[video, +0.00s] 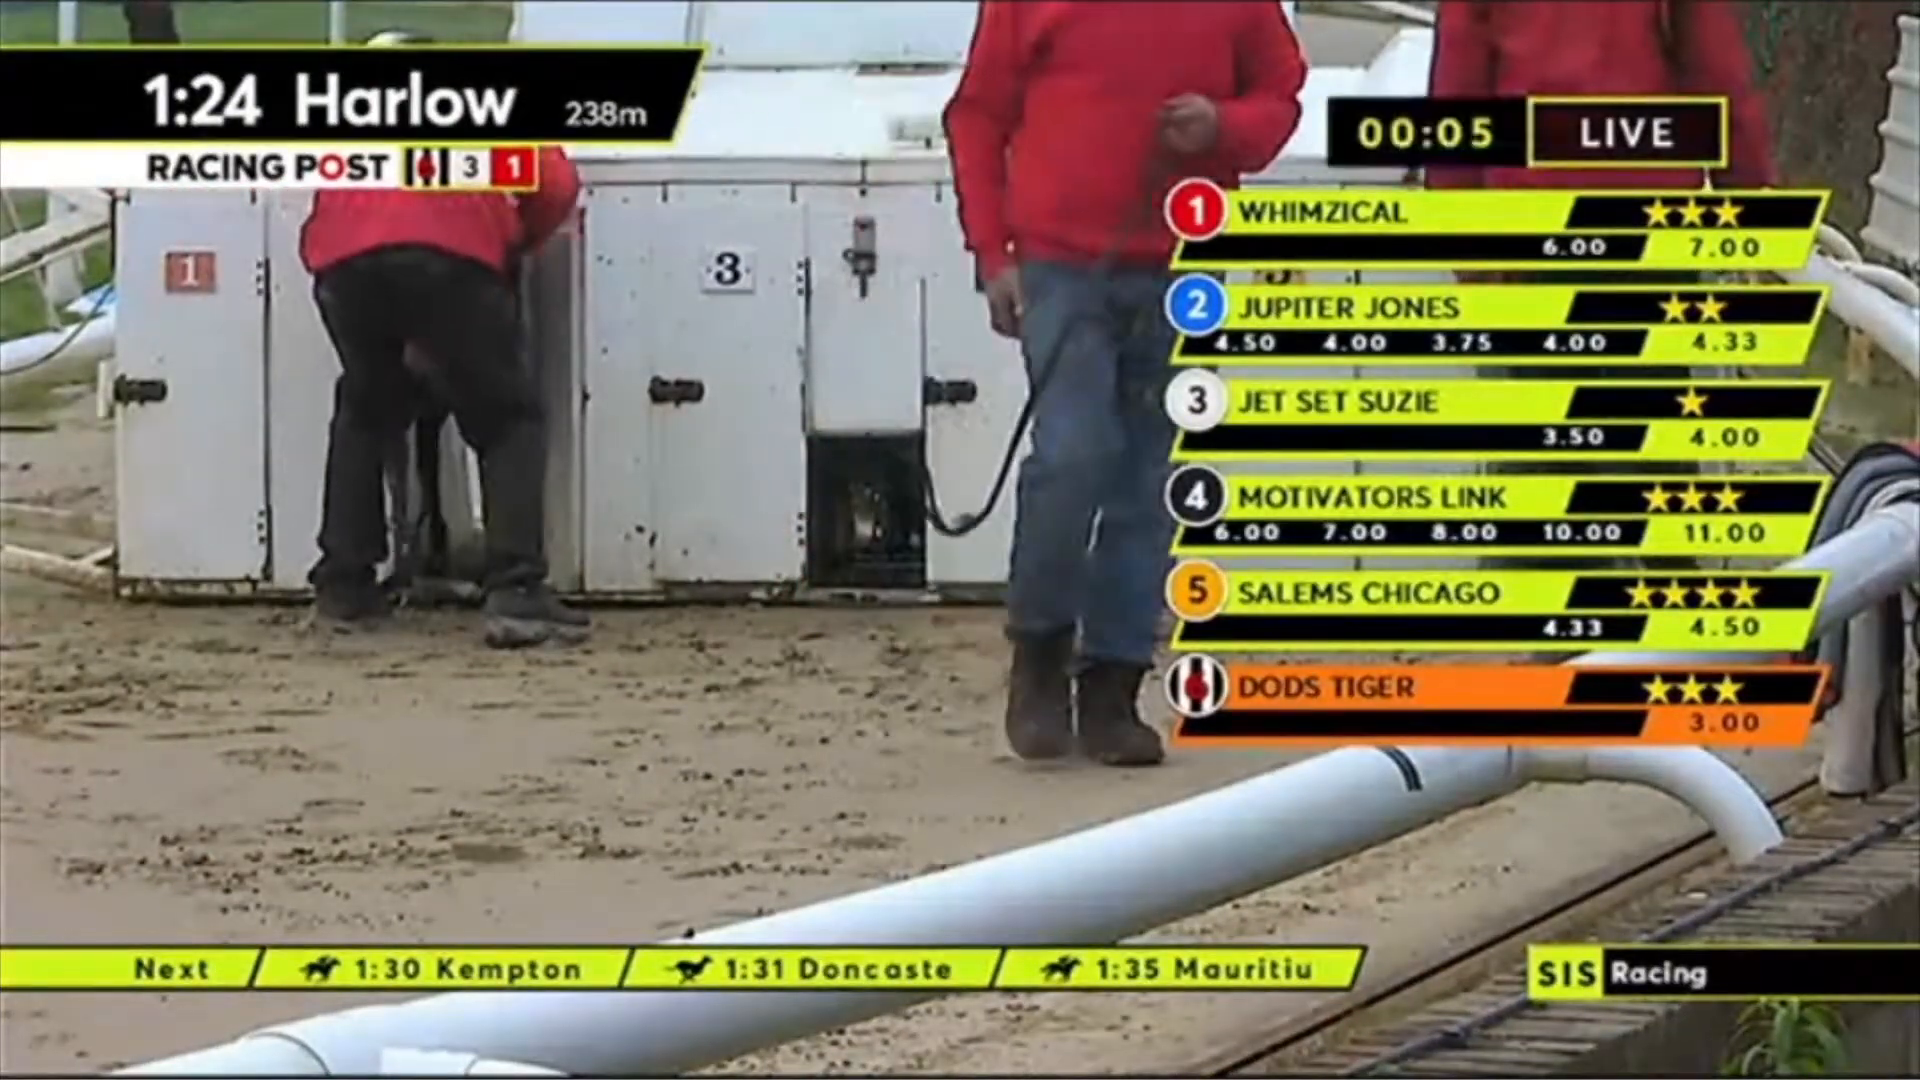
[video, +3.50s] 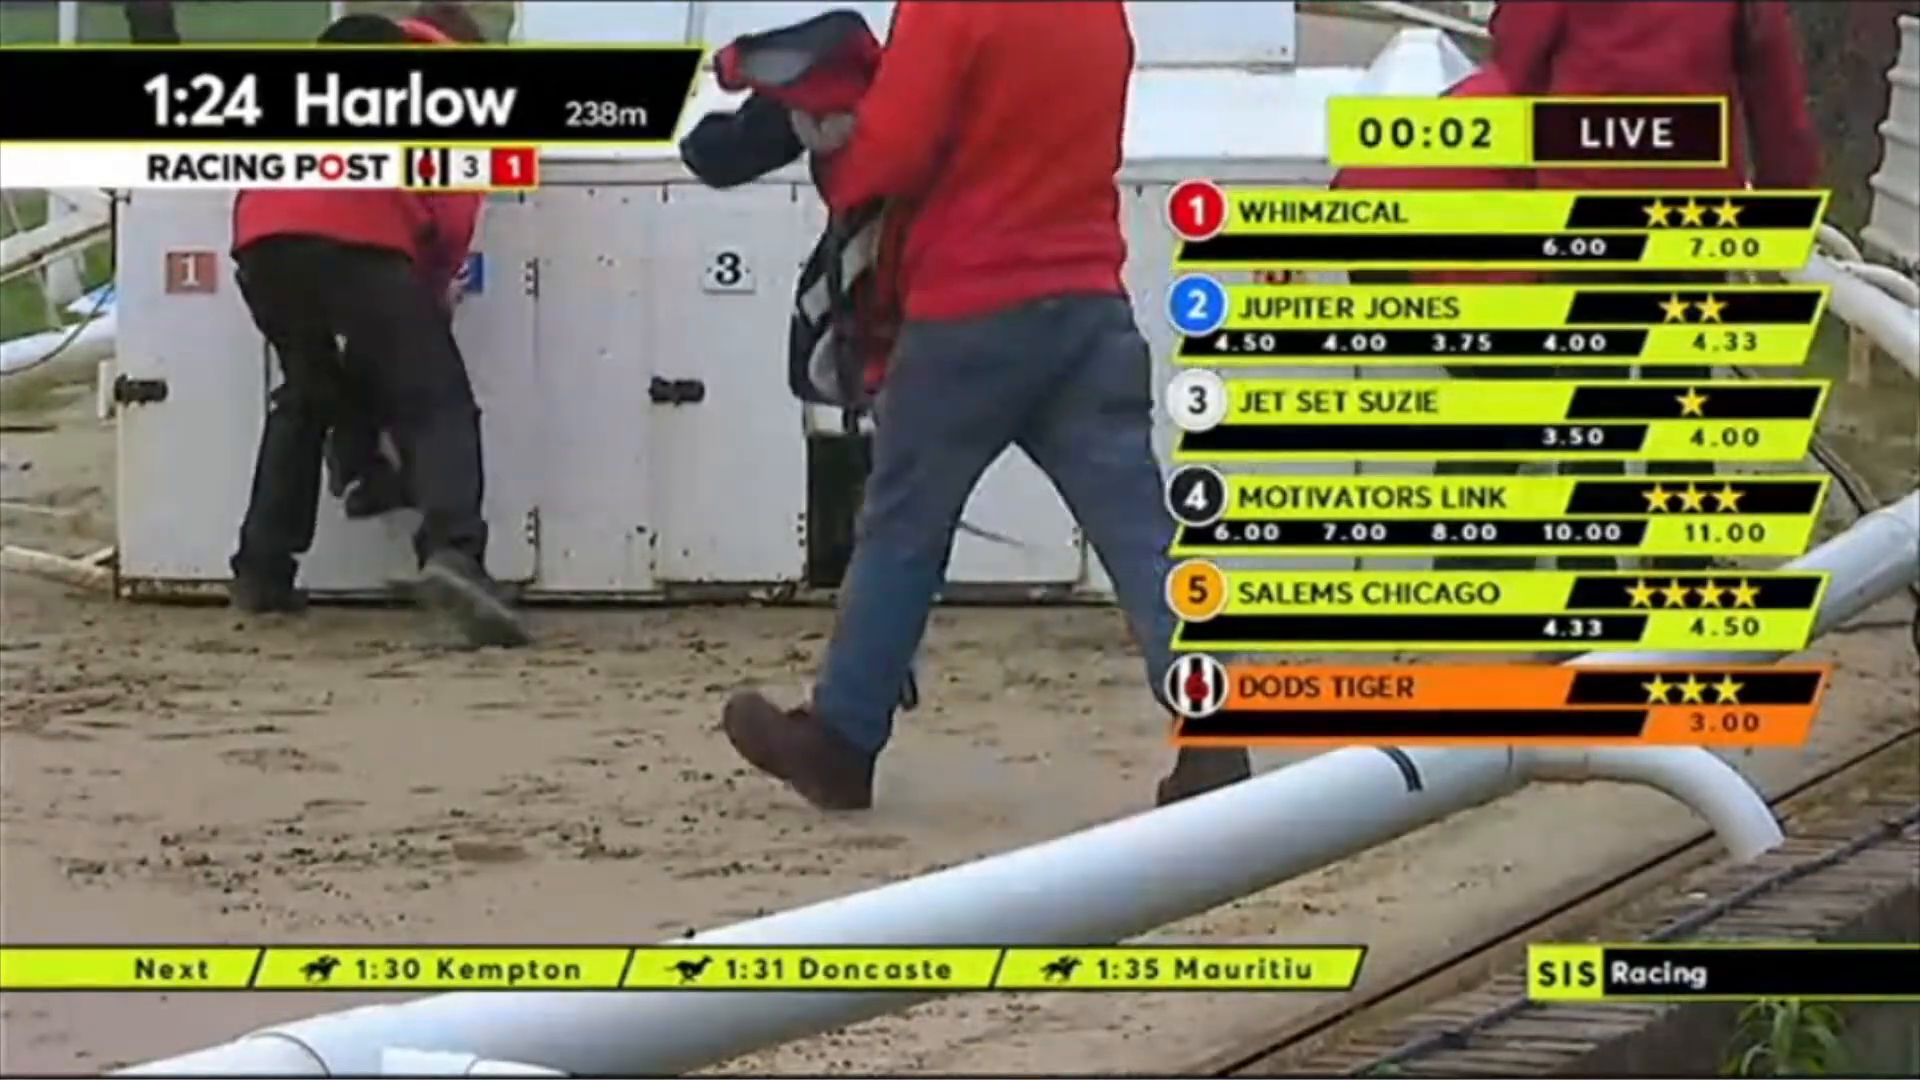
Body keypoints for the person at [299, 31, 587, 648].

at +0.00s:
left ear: (392, 78)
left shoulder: (356, 126)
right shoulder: (502, 118)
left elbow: (316, 235)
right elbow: (560, 187)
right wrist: (505, 246)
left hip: (345, 264)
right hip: (454, 260)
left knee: (365, 395)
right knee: (505, 419)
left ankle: (343, 584)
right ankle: (515, 590)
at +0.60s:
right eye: (520, 25)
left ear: (436, 20)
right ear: (512, 25)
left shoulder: (377, 59)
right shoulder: (526, 75)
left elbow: (333, 175)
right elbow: (553, 214)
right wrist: (489, 289)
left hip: (337, 221)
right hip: (442, 231)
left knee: (352, 351)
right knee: (486, 405)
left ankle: (311, 553)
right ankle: (500, 591)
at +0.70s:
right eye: (518, 44)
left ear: (438, 37)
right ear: (507, 43)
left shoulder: (365, 71)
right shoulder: (518, 92)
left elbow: (312, 174)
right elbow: (542, 215)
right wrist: (493, 281)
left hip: (325, 230)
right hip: (428, 236)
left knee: (328, 384)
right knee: (477, 411)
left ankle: (273, 572)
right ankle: (499, 594)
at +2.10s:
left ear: (374, 75)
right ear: (459, 89)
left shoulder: (335, 119)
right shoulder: (471, 130)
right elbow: (493, 254)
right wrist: (464, 310)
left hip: (281, 258)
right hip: (380, 260)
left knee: (317, 391)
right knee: (458, 419)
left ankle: (264, 574)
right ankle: (485, 589)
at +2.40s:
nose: (490, 100)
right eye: (492, 87)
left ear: (418, 54)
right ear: (477, 69)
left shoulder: (359, 102)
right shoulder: (470, 113)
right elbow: (478, 208)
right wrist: (515, 312)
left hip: (278, 258)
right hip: (374, 259)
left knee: (323, 391)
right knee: (464, 414)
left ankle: (263, 575)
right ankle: (487, 593)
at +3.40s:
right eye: (469, 71)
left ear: (409, 29)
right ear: (461, 50)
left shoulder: (330, 61)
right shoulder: (459, 85)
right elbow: (458, 220)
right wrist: (434, 291)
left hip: (259, 244)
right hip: (357, 253)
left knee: (303, 395)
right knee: (415, 416)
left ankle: (262, 574)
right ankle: (424, 585)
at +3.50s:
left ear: (412, 26)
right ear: (461, 43)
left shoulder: (313, 70)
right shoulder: (455, 79)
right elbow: (455, 214)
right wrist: (432, 292)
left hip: (262, 240)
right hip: (365, 245)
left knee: (305, 391)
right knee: (441, 406)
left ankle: (262, 573)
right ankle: (452, 555)